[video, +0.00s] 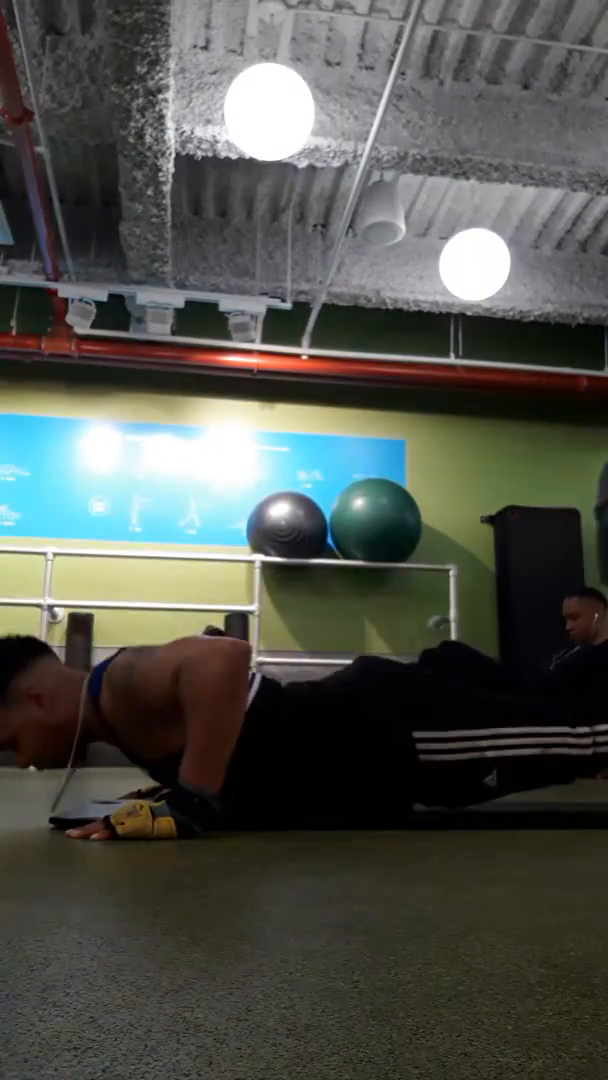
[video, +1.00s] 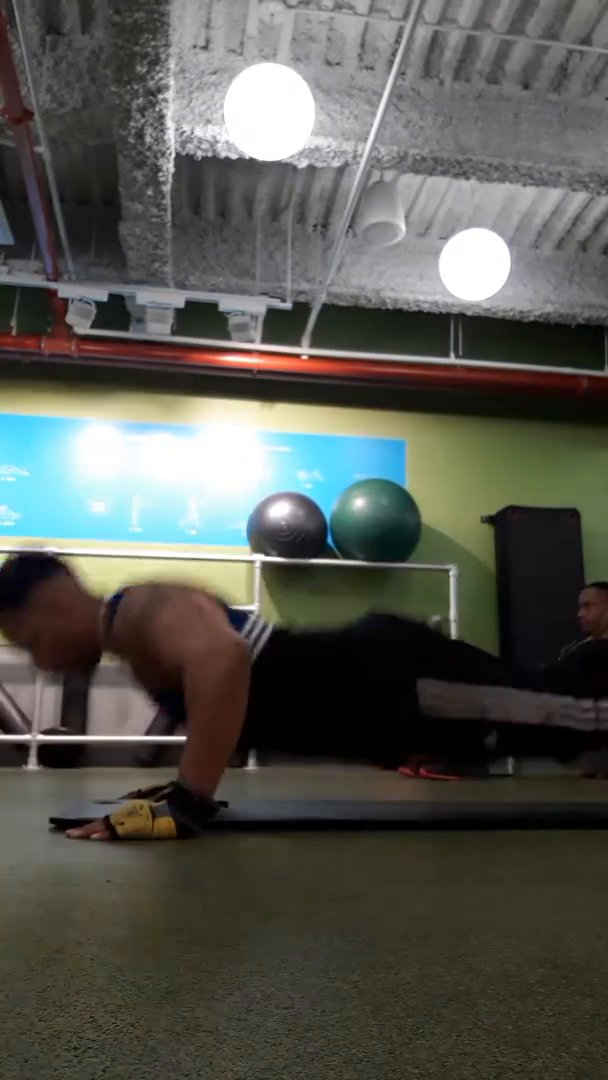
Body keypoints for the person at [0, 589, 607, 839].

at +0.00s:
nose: (24, 759)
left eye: (15, 741)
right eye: (12, 752)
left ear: (39, 692)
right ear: (42, 697)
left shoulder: (119, 682)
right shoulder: (128, 714)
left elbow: (220, 662)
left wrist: (190, 796)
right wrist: (160, 806)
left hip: (386, 726)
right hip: (375, 740)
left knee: (584, 731)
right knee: (548, 722)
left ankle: (592, 641)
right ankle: (588, 639)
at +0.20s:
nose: (27, 760)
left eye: (15, 741)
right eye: (14, 754)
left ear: (39, 692)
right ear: (45, 693)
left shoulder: (119, 684)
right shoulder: (127, 718)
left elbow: (220, 659)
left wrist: (190, 799)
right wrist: (145, 815)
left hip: (380, 731)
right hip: (368, 748)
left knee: (579, 731)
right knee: (545, 723)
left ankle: (590, 646)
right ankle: (583, 645)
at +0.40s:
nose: (43, 656)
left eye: (36, 635)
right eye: (30, 645)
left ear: (63, 596)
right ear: (63, 602)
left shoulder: (148, 607)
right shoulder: (142, 635)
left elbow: (223, 662)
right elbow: (225, 693)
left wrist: (187, 798)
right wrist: (181, 796)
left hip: (383, 669)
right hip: (371, 693)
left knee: (576, 711)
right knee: (553, 733)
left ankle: (586, 644)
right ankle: (582, 641)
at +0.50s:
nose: (55, 598)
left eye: (47, 578)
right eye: (42, 586)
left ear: (74, 541)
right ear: (80, 537)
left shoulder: (165, 557)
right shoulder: (158, 570)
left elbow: (214, 664)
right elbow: (215, 678)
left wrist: (185, 799)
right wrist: (192, 796)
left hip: (416, 636)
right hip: (404, 655)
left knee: (589, 696)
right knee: (555, 733)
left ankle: (586, 634)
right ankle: (580, 642)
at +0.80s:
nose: (76, 544)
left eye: (68, 524)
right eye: (65, 533)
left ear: (97, 483)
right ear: (99, 487)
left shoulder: (180, 513)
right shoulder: (174, 526)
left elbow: (203, 651)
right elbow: (206, 655)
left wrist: (188, 795)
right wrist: (182, 786)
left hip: (428, 611)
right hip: (420, 630)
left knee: (595, 680)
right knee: (569, 732)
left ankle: (590, 616)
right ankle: (584, 623)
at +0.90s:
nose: (54, 590)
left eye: (46, 570)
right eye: (41, 579)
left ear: (76, 535)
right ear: (78, 538)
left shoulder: (169, 557)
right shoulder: (159, 579)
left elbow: (220, 660)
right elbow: (220, 676)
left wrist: (188, 798)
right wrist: (186, 795)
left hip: (415, 641)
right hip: (403, 659)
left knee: (584, 698)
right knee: (559, 720)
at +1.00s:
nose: (37, 658)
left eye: (29, 636)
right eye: (25, 647)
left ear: (56, 596)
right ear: (54, 604)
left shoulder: (143, 609)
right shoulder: (137, 636)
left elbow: (223, 661)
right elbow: (224, 695)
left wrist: (190, 799)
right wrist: (177, 793)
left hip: (386, 678)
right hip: (373, 700)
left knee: (579, 713)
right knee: (557, 715)